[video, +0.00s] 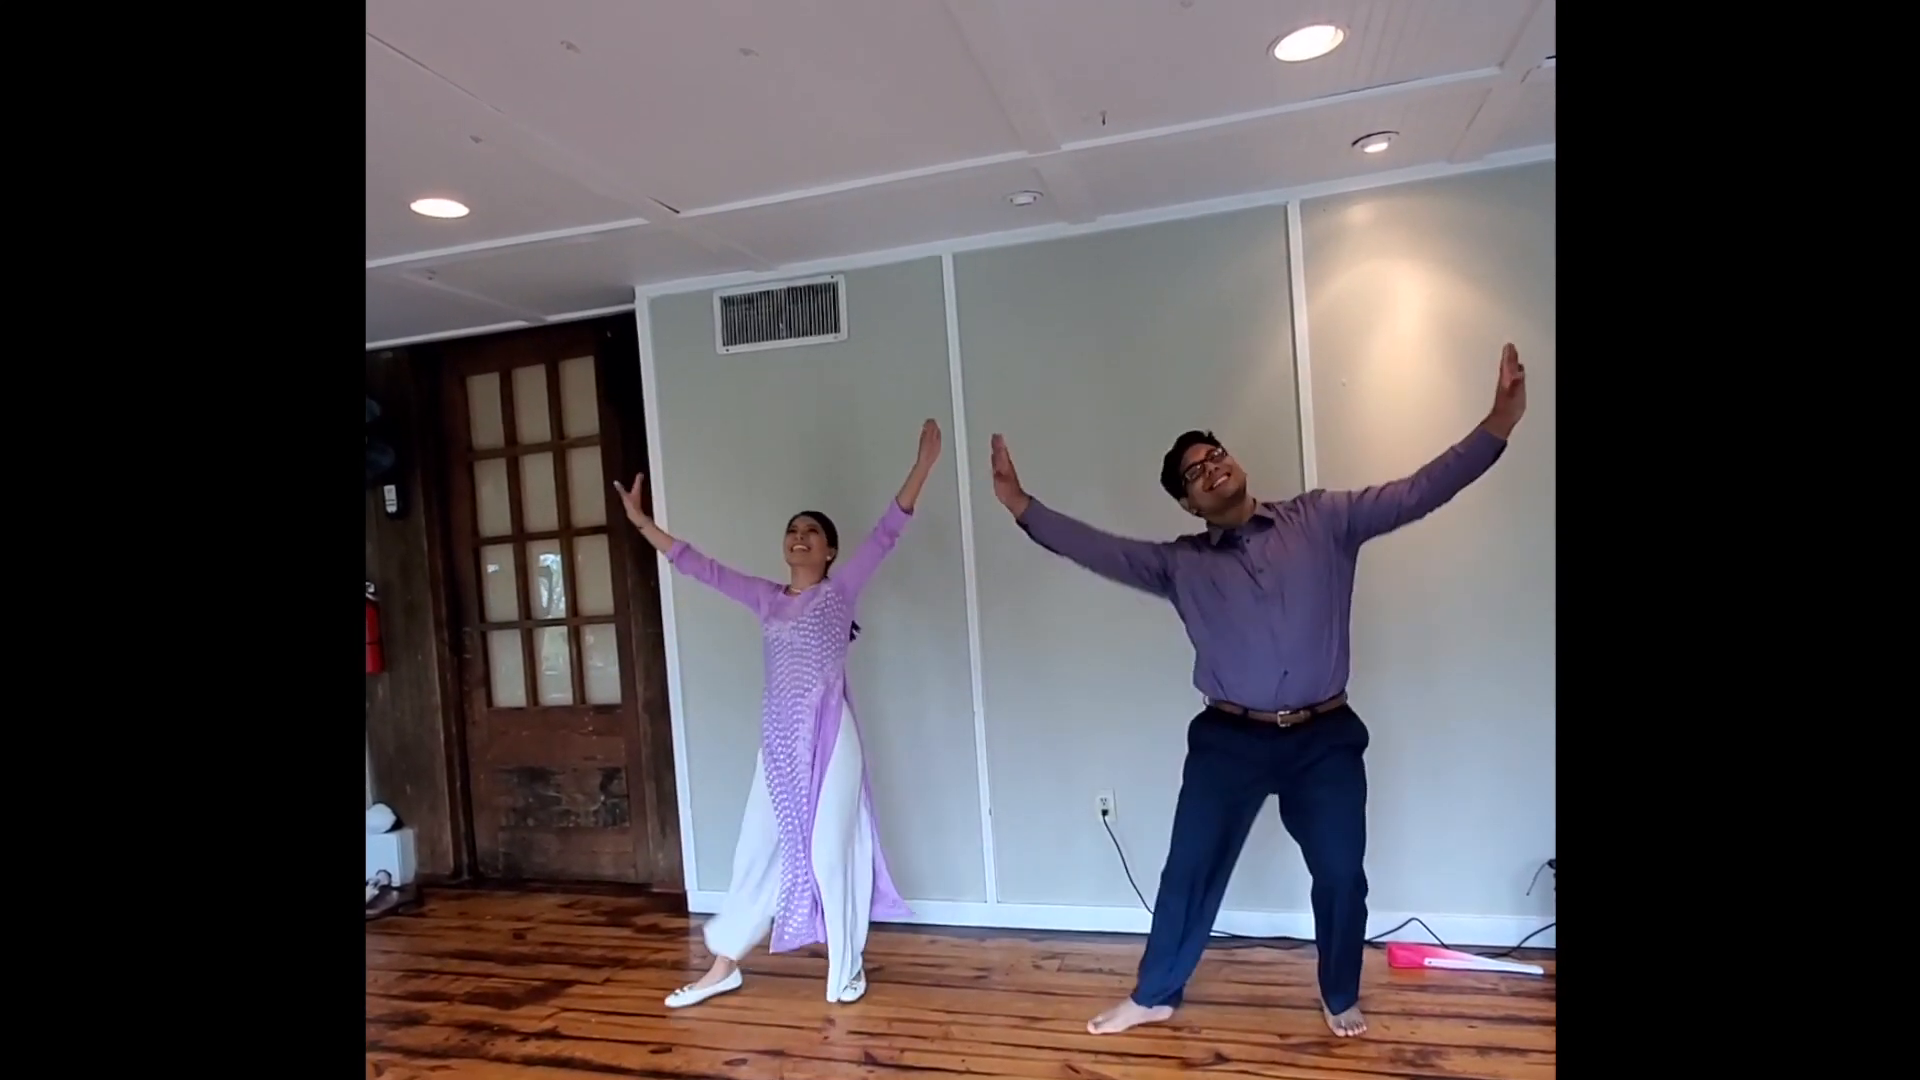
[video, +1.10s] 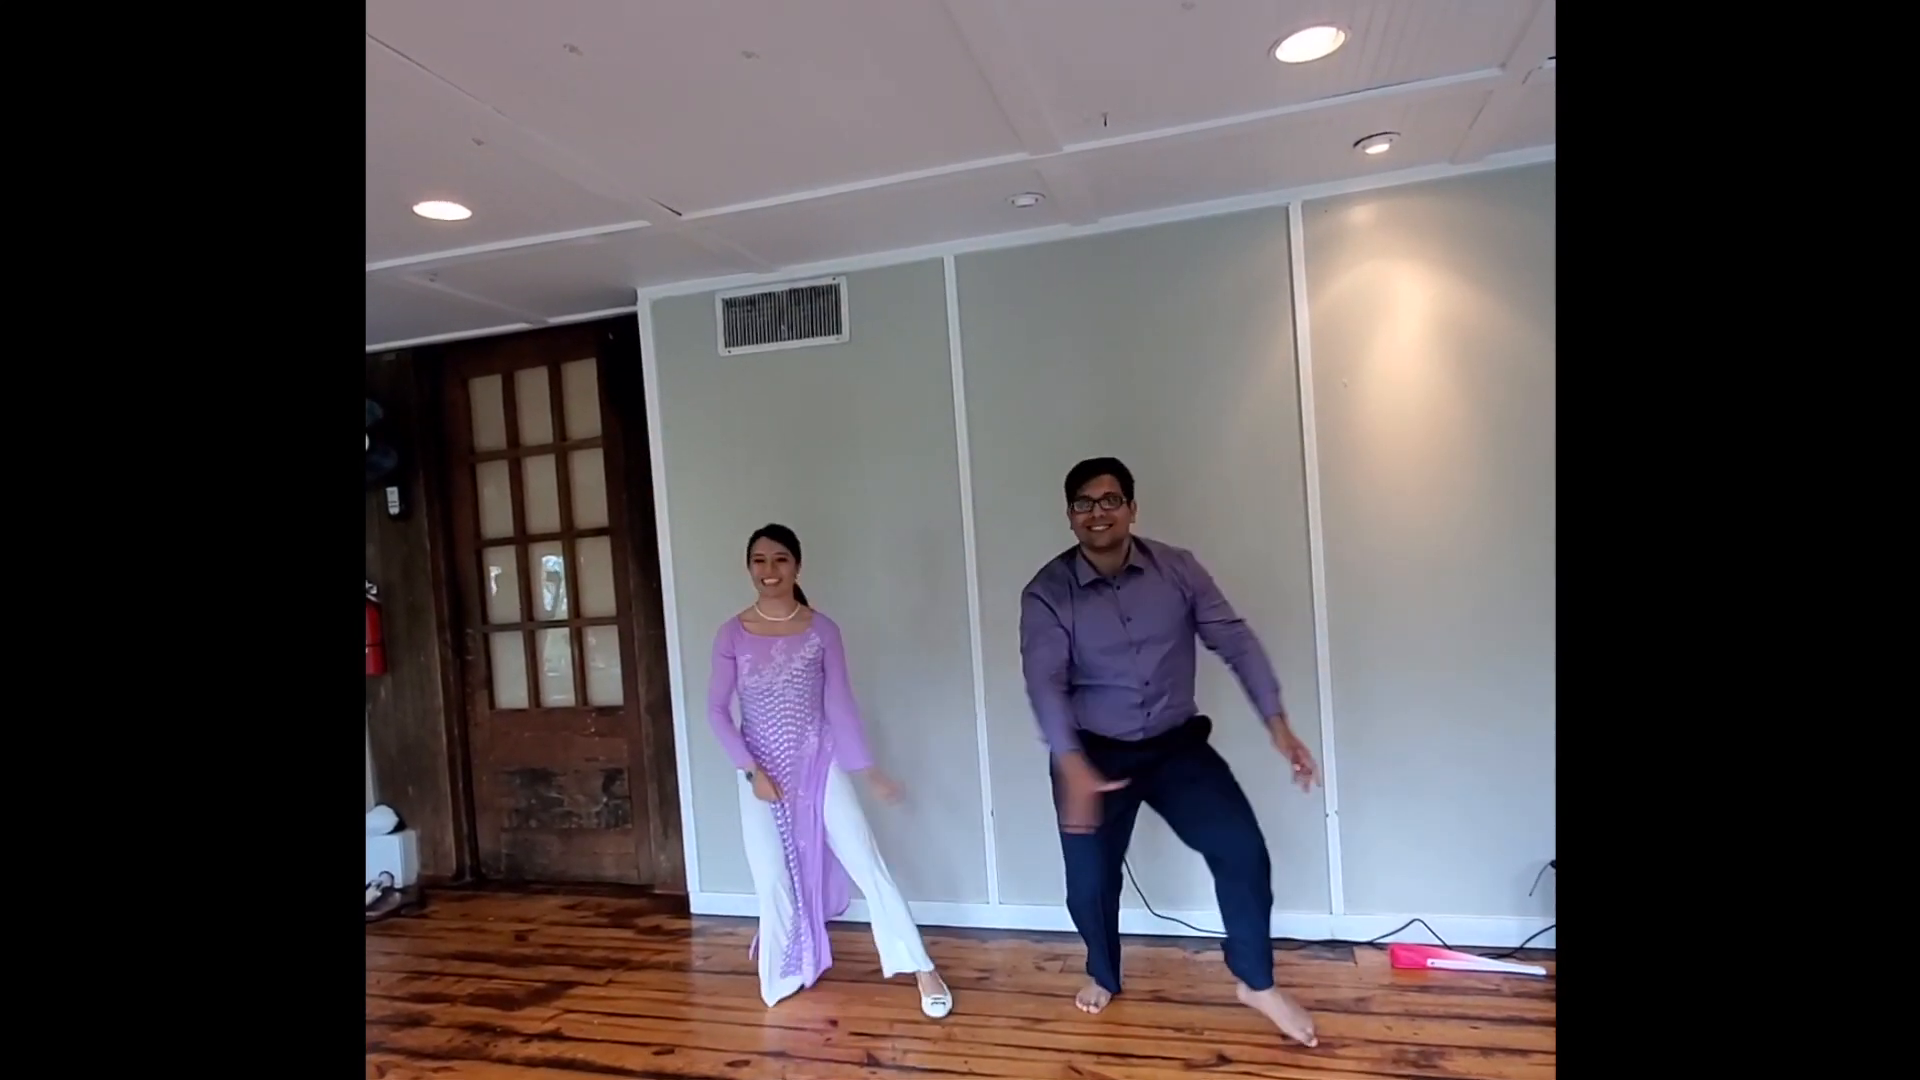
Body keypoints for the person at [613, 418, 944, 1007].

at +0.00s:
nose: (799, 540)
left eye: (810, 534)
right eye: (792, 534)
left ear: (830, 550)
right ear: (783, 549)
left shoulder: (838, 590)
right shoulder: (769, 598)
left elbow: (887, 532)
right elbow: (702, 566)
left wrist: (921, 468)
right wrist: (642, 521)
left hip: (831, 735)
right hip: (779, 738)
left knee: (832, 849)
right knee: (756, 849)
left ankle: (846, 963)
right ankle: (724, 966)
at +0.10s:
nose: (796, 540)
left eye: (807, 535)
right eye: (789, 535)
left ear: (827, 552)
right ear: (779, 551)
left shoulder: (841, 607)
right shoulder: (761, 616)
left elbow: (900, 581)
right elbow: (685, 621)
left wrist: (899, 507)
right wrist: (663, 557)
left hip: (831, 743)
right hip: (777, 748)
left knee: (828, 852)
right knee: (745, 853)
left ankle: (848, 963)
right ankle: (724, 966)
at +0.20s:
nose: (793, 551)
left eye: (805, 544)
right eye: (785, 544)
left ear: (823, 557)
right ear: (776, 557)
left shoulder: (838, 610)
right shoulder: (761, 622)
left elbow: (890, 629)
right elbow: (701, 665)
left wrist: (864, 566)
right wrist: (708, 608)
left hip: (837, 748)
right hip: (782, 753)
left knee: (834, 856)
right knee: (724, 852)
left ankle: (847, 964)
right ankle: (727, 961)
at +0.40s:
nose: (778, 541)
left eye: (788, 530)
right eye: (768, 531)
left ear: (806, 531)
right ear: (756, 533)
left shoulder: (829, 584)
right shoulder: (744, 587)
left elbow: (827, 657)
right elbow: (733, 650)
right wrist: (746, 652)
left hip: (819, 725)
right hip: (769, 725)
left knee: (827, 834)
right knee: (775, 834)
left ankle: (844, 951)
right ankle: (786, 946)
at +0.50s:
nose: (773, 561)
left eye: (782, 550)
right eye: (762, 551)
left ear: (801, 543)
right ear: (750, 546)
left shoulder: (824, 593)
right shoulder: (738, 597)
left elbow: (841, 664)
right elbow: (735, 662)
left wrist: (817, 717)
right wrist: (754, 710)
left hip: (816, 718)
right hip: (762, 721)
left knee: (816, 816)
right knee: (780, 822)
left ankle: (836, 898)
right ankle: (792, 947)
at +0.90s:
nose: (763, 575)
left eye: (774, 566)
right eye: (754, 566)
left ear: (793, 571)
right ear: (745, 573)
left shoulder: (819, 629)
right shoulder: (731, 632)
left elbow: (830, 698)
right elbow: (731, 697)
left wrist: (812, 700)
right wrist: (755, 695)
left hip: (811, 757)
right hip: (755, 763)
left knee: (857, 845)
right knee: (763, 865)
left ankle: (912, 948)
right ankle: (781, 969)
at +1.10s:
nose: (769, 569)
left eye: (779, 560)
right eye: (759, 561)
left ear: (796, 566)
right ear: (748, 568)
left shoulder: (821, 630)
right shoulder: (733, 635)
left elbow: (840, 704)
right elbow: (717, 709)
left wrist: (870, 770)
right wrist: (751, 767)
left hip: (821, 765)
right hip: (761, 772)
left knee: (867, 863)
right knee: (772, 878)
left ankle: (923, 970)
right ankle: (785, 969)